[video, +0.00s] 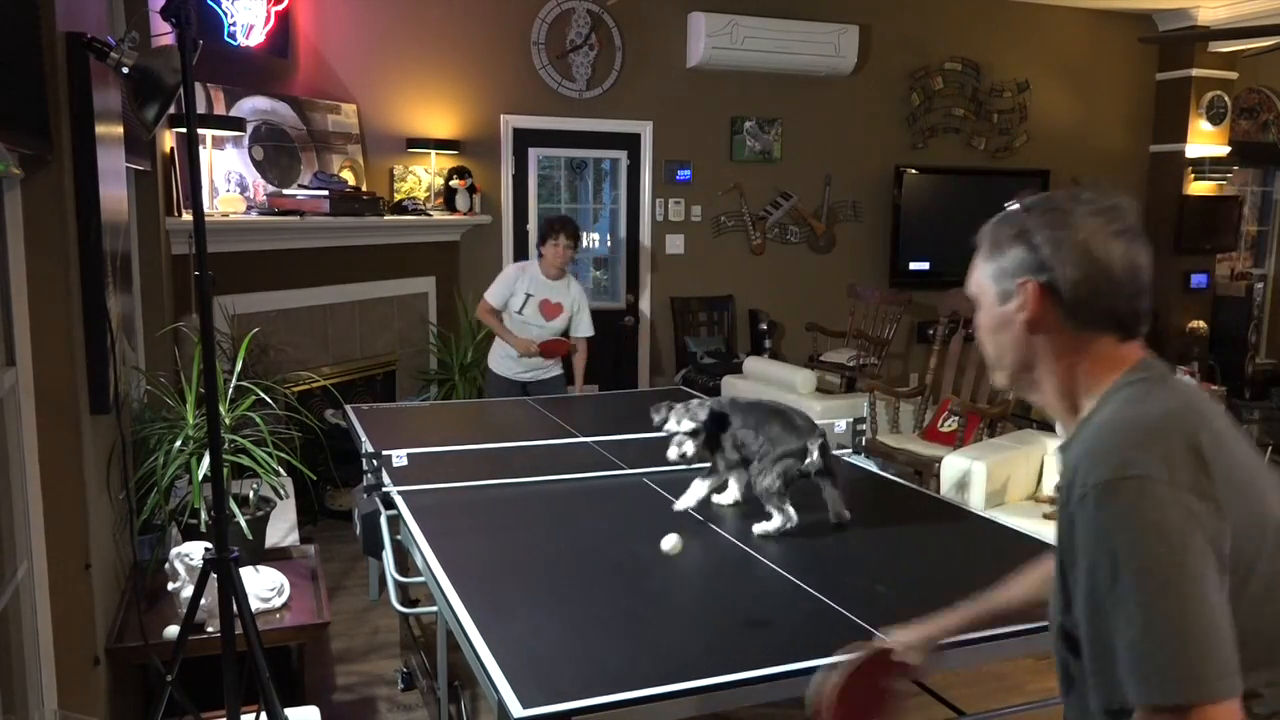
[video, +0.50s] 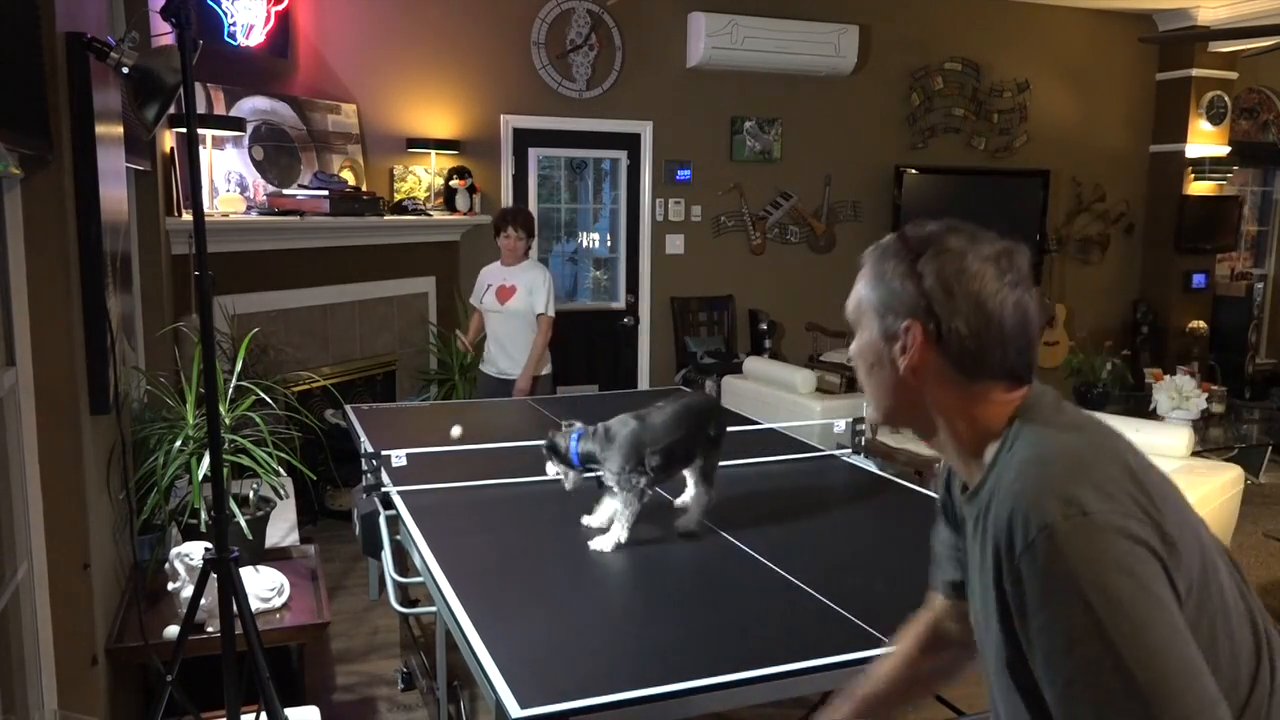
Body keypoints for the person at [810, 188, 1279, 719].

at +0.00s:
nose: (976, 330)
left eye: (979, 305)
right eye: (973, 308)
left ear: (1027, 303)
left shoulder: (1128, 462)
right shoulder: (1161, 406)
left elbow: (1203, 708)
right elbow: (1086, 561)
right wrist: (931, 631)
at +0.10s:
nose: (913, 356)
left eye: (921, 334)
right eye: (915, 334)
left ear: (977, 343)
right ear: (975, 346)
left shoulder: (1099, 486)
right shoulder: (1007, 463)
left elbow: (1165, 705)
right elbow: (906, 557)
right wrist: (746, 594)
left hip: (1236, 705)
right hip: (1086, 700)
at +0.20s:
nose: (854, 394)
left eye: (863, 371)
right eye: (858, 371)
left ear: (926, 386)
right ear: (922, 387)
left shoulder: (1066, 534)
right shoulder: (925, 502)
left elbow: (1158, 713)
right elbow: (793, 543)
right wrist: (663, 542)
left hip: (1242, 703)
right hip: (1076, 702)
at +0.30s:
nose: (825, 417)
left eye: (831, 397)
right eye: (826, 398)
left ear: (887, 408)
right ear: (898, 407)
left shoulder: (1047, 558)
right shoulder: (921, 510)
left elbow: (1143, 715)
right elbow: (797, 570)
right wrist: (647, 557)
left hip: (1240, 703)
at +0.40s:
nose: (827, 395)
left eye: (831, 373)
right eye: (826, 374)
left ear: (886, 387)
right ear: (896, 387)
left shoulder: (1039, 542)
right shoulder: (941, 488)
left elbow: (1153, 715)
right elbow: (856, 609)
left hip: (1242, 701)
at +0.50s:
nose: (849, 357)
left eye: (854, 332)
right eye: (850, 334)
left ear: (908, 347)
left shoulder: (1054, 510)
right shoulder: (971, 452)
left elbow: (1179, 712)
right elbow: (953, 624)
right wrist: (844, 709)